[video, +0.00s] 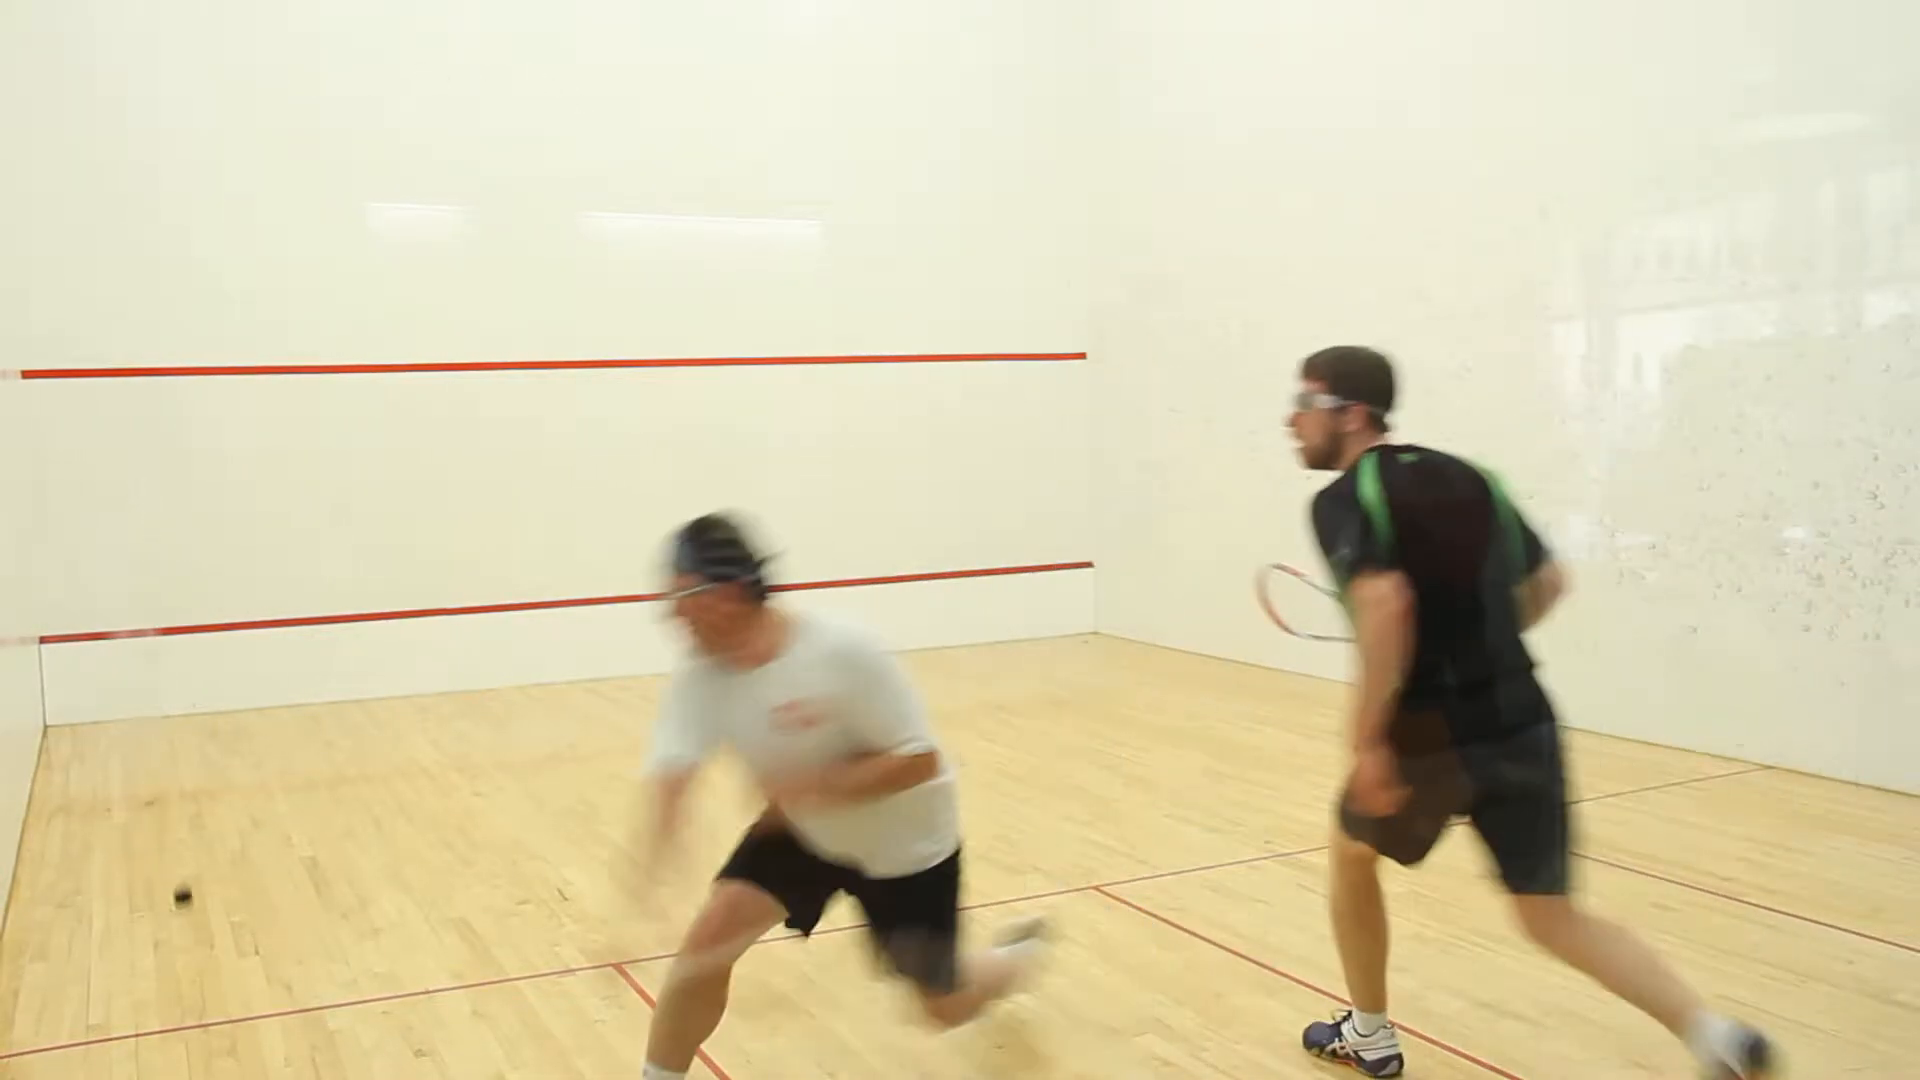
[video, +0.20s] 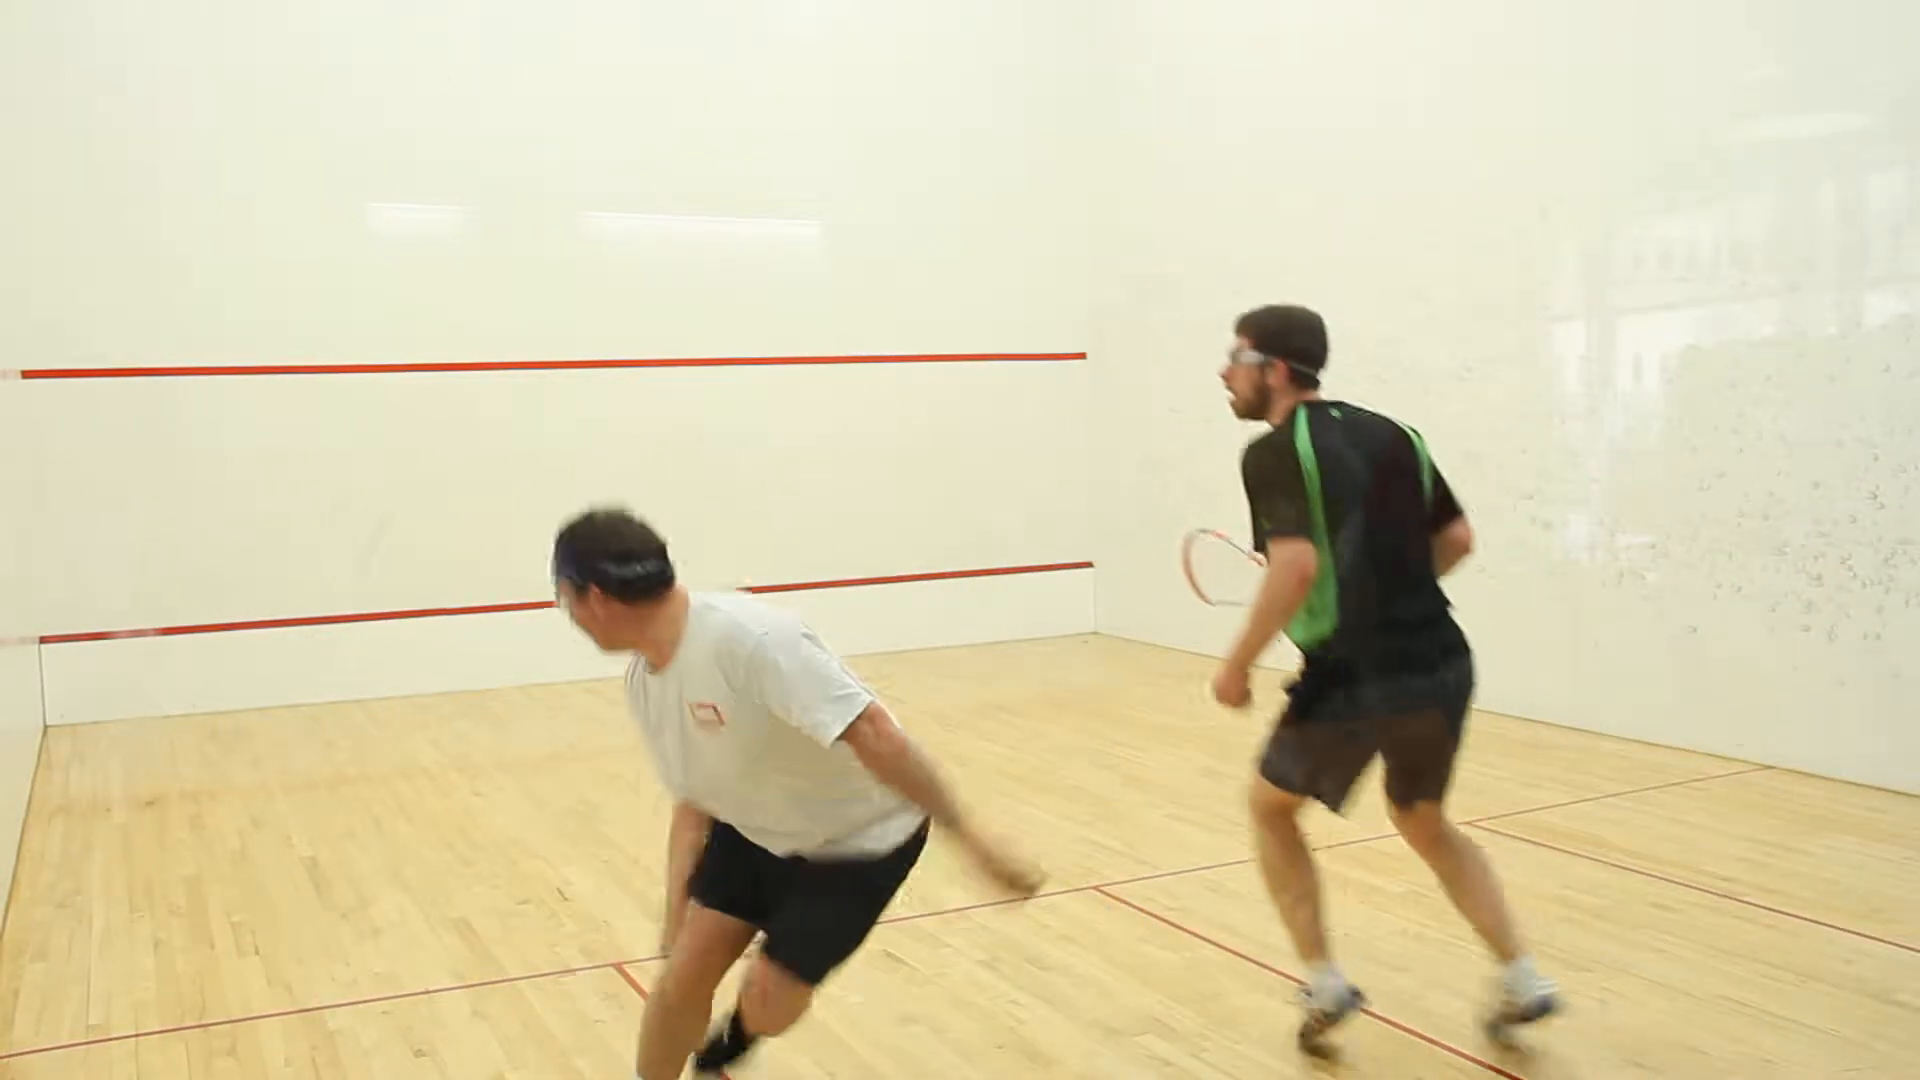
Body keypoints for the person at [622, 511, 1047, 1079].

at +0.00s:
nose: (683, 622)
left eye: (691, 605)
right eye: (678, 606)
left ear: (734, 593)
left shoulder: (846, 651)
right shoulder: (704, 676)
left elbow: (920, 760)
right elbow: (669, 778)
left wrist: (818, 787)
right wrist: (655, 860)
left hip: (907, 843)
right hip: (802, 832)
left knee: (946, 1004)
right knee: (708, 943)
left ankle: (1025, 952)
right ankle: (661, 1074)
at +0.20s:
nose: (564, 613)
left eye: (564, 596)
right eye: (561, 597)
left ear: (596, 598)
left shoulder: (758, 643)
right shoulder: (643, 681)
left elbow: (877, 736)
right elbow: (694, 808)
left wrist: (978, 845)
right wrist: (674, 931)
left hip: (859, 837)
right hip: (753, 825)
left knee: (771, 993)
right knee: (681, 980)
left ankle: (737, 1038)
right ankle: (655, 1077)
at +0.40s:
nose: (629, 525)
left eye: (628, 512)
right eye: (631, 507)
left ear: (639, 522)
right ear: (715, 494)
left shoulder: (768, 603)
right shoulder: (705, 599)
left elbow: (898, 703)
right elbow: (702, 727)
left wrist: (984, 813)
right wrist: (620, 832)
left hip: (895, 810)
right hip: (802, 809)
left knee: (790, 998)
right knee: (714, 958)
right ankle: (668, 1072)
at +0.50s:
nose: (691, 516)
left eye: (692, 501)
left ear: (701, 514)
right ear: (779, 495)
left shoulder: (797, 610)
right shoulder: (775, 599)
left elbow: (891, 761)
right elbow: (751, 728)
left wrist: (940, 907)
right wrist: (644, 810)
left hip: (909, 853)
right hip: (846, 839)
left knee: (779, 1061)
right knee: (718, 967)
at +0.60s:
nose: (759, 493)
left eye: (761, 480)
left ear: (770, 497)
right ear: (851, 482)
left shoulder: (835, 599)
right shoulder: (873, 570)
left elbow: (879, 767)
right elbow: (828, 729)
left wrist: (859, 945)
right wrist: (724, 794)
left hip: (940, 868)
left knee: (781, 1060)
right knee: (754, 990)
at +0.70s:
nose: (830, 440)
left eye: (831, 428)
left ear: (837, 442)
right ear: (921, 437)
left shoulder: (880, 544)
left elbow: (882, 713)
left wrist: (819, 863)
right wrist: (849, 779)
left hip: (966, 827)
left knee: (874, 1044)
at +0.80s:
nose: (889, 409)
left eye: (889, 396)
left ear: (894, 408)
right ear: (978, 402)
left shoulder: (918, 504)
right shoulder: (1013, 488)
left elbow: (899, 653)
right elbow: (1044, 644)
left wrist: (831, 797)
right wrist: (963, 757)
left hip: (1024, 783)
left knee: (927, 1001)